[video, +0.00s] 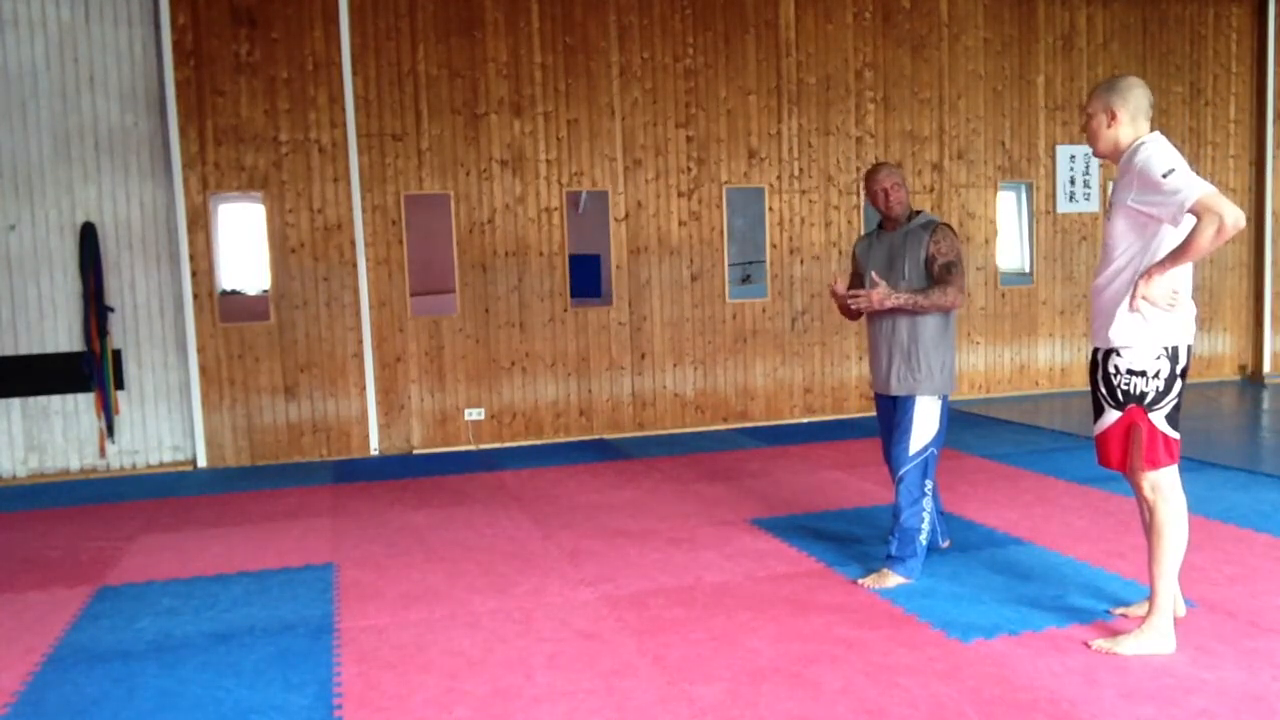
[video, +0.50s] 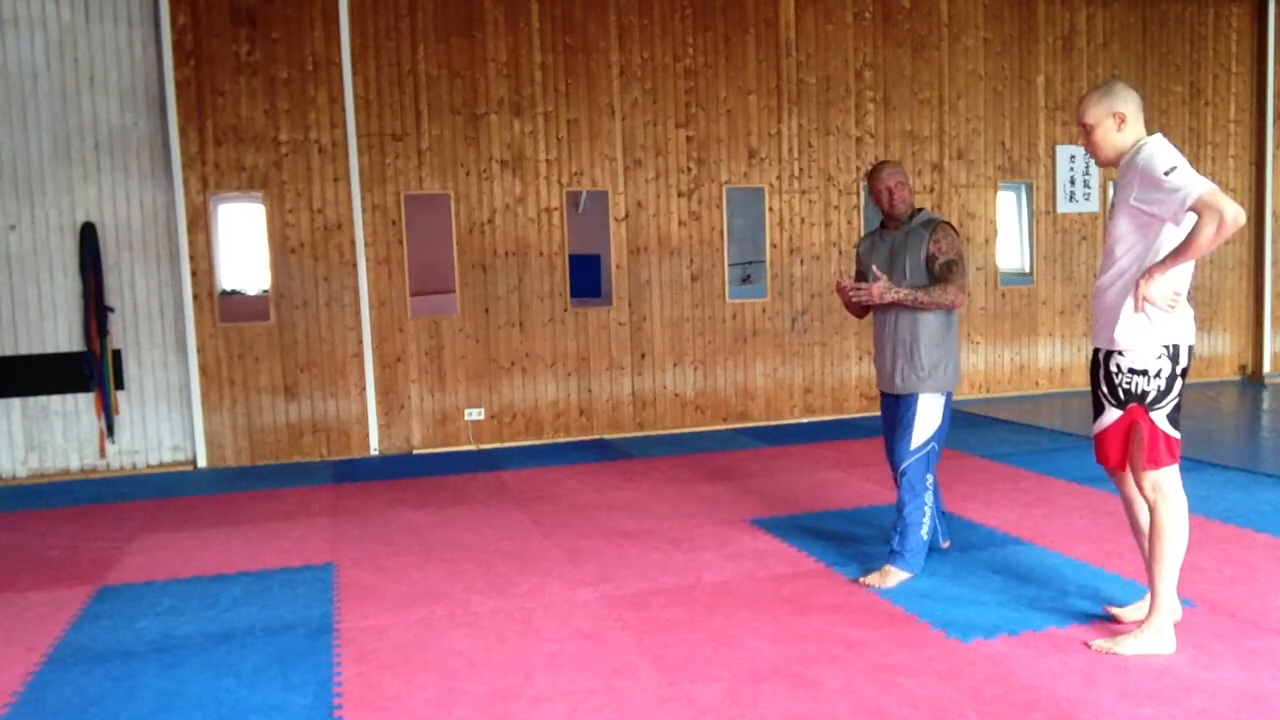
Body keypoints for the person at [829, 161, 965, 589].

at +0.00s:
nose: (890, 196)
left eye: (895, 187)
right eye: (881, 192)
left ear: (908, 190)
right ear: (870, 199)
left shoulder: (937, 235)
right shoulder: (865, 247)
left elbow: (952, 295)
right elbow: (857, 307)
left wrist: (891, 299)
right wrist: (845, 302)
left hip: (927, 373)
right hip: (886, 374)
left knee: (910, 469)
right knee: (901, 462)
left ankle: (904, 565)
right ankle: (934, 530)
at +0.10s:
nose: (892, 196)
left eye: (897, 187)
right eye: (882, 192)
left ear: (910, 190)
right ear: (872, 200)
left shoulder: (937, 235)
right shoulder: (866, 247)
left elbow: (952, 296)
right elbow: (856, 308)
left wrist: (890, 297)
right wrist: (846, 300)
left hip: (926, 373)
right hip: (886, 373)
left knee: (911, 469)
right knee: (901, 462)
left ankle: (904, 565)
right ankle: (935, 530)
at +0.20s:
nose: (894, 195)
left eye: (899, 186)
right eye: (884, 190)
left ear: (911, 190)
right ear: (873, 199)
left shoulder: (938, 235)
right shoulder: (867, 247)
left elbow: (952, 296)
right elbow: (858, 309)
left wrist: (889, 296)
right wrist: (847, 298)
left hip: (927, 372)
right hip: (886, 372)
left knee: (911, 469)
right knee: (901, 462)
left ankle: (904, 565)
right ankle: (935, 530)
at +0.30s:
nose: (895, 195)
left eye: (900, 186)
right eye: (885, 190)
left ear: (911, 190)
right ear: (873, 199)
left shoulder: (939, 236)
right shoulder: (868, 246)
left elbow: (952, 296)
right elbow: (859, 309)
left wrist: (890, 296)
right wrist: (847, 298)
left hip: (926, 373)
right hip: (886, 373)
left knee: (911, 469)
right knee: (901, 462)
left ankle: (904, 565)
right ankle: (935, 530)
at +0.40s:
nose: (895, 194)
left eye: (900, 186)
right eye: (885, 189)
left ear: (912, 190)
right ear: (874, 199)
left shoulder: (939, 235)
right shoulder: (868, 246)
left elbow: (954, 295)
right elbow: (860, 308)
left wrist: (890, 296)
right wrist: (848, 297)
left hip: (927, 372)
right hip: (888, 372)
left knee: (911, 469)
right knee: (901, 463)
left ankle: (904, 564)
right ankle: (935, 530)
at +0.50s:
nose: (894, 195)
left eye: (899, 187)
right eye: (884, 191)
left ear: (911, 189)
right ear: (873, 198)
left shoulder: (939, 233)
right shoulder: (869, 245)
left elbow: (954, 295)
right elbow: (862, 308)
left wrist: (891, 294)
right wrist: (849, 295)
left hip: (930, 371)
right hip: (892, 371)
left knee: (912, 465)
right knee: (903, 460)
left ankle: (906, 560)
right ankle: (936, 530)